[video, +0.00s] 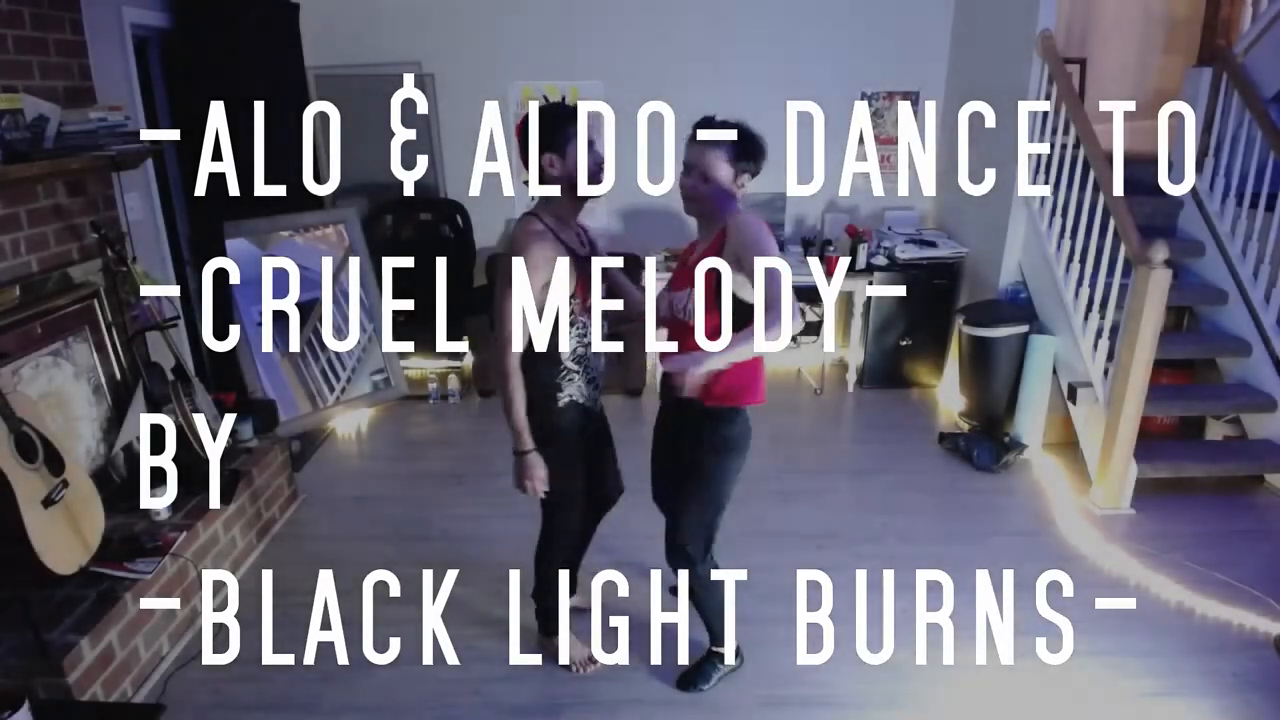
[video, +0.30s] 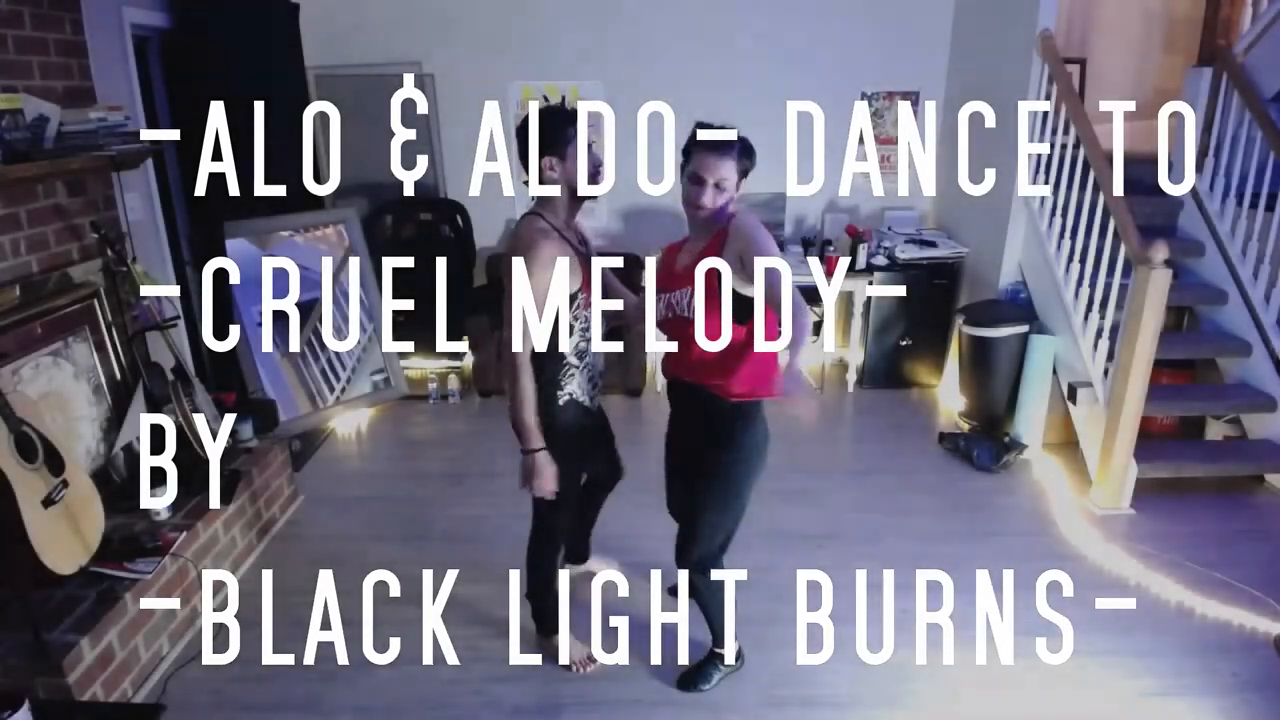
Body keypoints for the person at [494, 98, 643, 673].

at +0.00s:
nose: (600, 161)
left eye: (599, 148)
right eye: (587, 149)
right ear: (552, 160)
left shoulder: (576, 232)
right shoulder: (531, 240)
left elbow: (613, 300)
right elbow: (509, 353)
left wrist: (658, 305)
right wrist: (524, 447)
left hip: (584, 400)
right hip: (551, 406)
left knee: (604, 491)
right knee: (564, 521)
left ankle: (552, 594)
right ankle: (554, 636)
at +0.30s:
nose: (600, 161)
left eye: (599, 149)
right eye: (585, 150)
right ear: (547, 165)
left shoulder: (568, 229)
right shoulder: (539, 243)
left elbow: (577, 314)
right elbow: (521, 354)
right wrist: (533, 448)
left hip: (577, 396)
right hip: (553, 405)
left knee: (603, 472)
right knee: (554, 526)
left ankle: (574, 558)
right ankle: (552, 635)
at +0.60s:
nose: (603, 159)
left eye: (603, 148)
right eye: (591, 149)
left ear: (583, 161)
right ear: (558, 163)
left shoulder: (578, 221)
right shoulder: (549, 235)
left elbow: (584, 293)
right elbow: (543, 345)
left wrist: (620, 290)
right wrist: (586, 428)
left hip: (588, 383)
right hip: (559, 389)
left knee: (579, 496)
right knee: (559, 514)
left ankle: (575, 582)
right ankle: (555, 637)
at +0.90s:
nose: (606, 160)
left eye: (604, 150)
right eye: (595, 151)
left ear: (579, 163)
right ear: (565, 163)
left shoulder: (575, 219)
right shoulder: (557, 236)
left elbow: (594, 268)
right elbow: (550, 345)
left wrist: (637, 268)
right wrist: (587, 416)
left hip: (584, 375)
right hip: (566, 383)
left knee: (578, 486)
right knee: (596, 499)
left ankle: (570, 571)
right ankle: (555, 620)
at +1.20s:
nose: (618, 161)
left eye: (615, 150)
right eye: (610, 151)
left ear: (566, 160)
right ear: (589, 161)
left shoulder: (563, 216)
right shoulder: (574, 231)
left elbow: (602, 260)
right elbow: (562, 335)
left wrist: (650, 256)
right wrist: (591, 409)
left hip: (565, 368)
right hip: (573, 375)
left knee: (575, 478)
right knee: (600, 494)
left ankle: (572, 568)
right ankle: (558, 614)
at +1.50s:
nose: (629, 156)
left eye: (626, 144)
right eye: (620, 147)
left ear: (582, 158)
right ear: (590, 158)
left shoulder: (578, 212)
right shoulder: (579, 228)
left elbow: (614, 252)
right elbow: (574, 328)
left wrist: (645, 250)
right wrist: (603, 406)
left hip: (579, 364)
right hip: (575, 373)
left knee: (588, 473)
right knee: (574, 495)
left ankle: (572, 560)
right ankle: (558, 617)